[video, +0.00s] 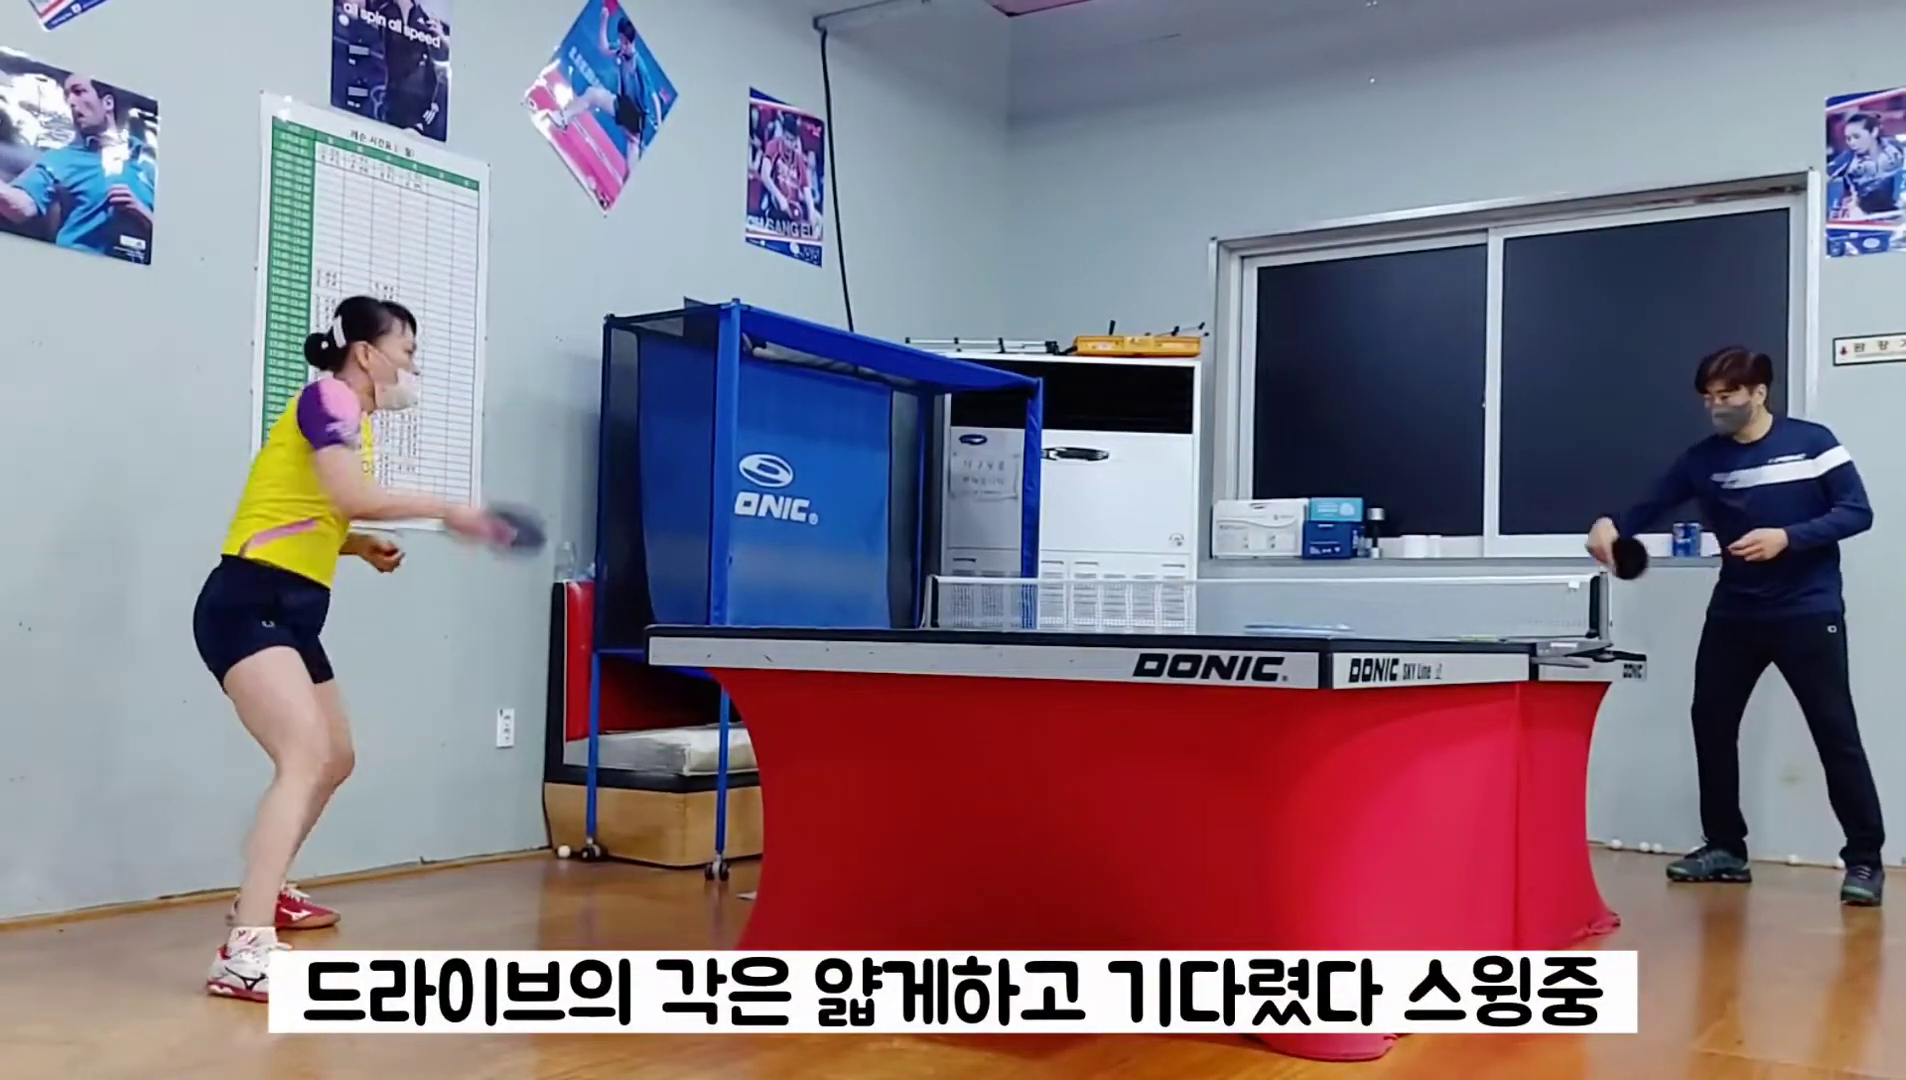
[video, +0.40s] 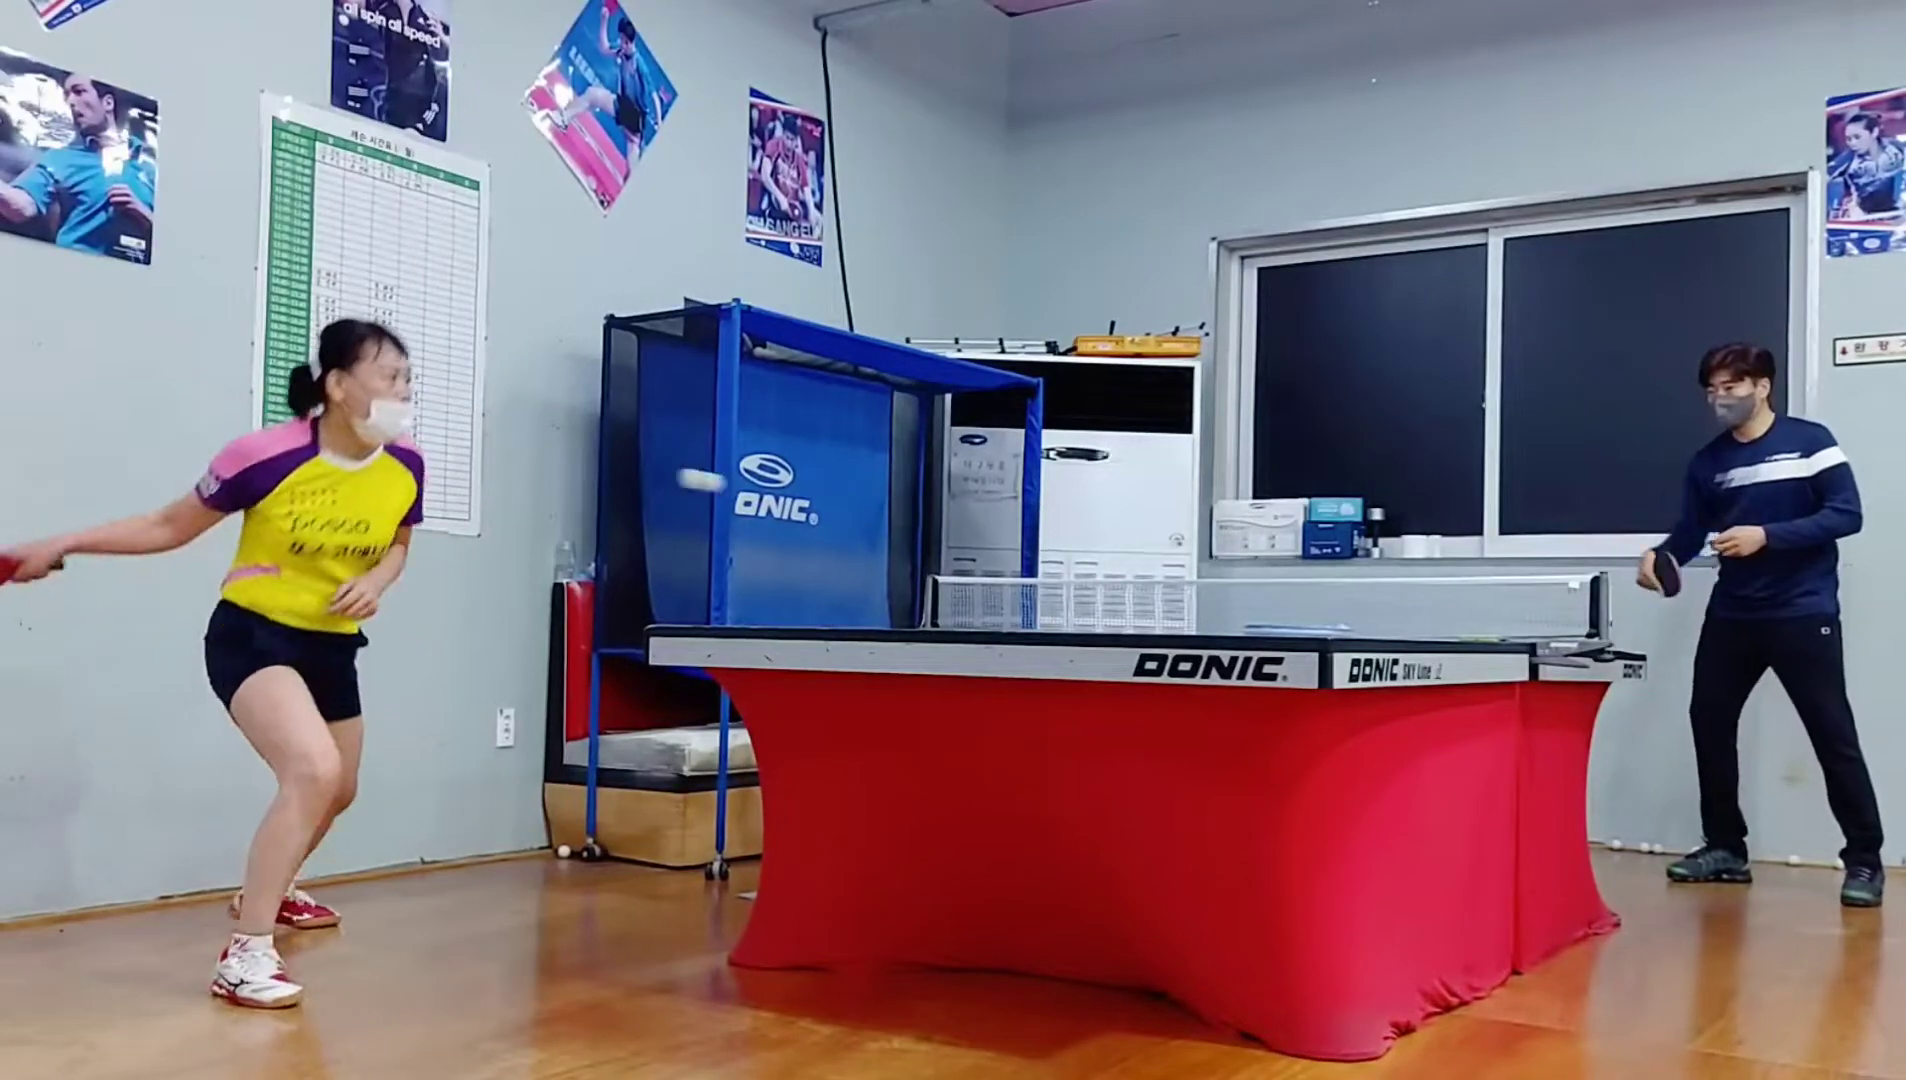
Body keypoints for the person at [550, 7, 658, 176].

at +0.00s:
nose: (622, 43)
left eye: (624, 40)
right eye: (621, 39)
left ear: (629, 41)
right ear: (620, 38)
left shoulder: (632, 56)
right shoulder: (622, 53)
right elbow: (604, 49)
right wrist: (603, 22)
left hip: (628, 108)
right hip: (636, 115)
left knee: (593, 94)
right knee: (632, 163)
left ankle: (562, 117)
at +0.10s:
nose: (621, 42)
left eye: (623, 39)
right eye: (621, 39)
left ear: (628, 41)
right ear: (621, 39)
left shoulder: (632, 56)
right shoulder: (622, 53)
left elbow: (631, 58)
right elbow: (604, 50)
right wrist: (604, 22)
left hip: (628, 108)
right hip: (637, 115)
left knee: (593, 94)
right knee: (632, 160)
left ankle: (563, 117)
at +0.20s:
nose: (621, 44)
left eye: (623, 41)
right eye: (621, 40)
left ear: (628, 42)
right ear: (621, 39)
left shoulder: (635, 60)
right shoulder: (622, 54)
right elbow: (604, 50)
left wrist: (659, 122)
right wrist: (604, 22)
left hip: (629, 109)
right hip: (636, 115)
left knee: (592, 94)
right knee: (632, 160)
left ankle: (563, 117)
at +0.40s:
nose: (622, 43)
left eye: (624, 40)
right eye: (621, 39)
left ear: (628, 41)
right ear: (621, 39)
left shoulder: (634, 58)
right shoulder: (622, 53)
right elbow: (604, 50)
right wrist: (604, 22)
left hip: (629, 109)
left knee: (593, 94)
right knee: (633, 146)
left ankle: (563, 118)